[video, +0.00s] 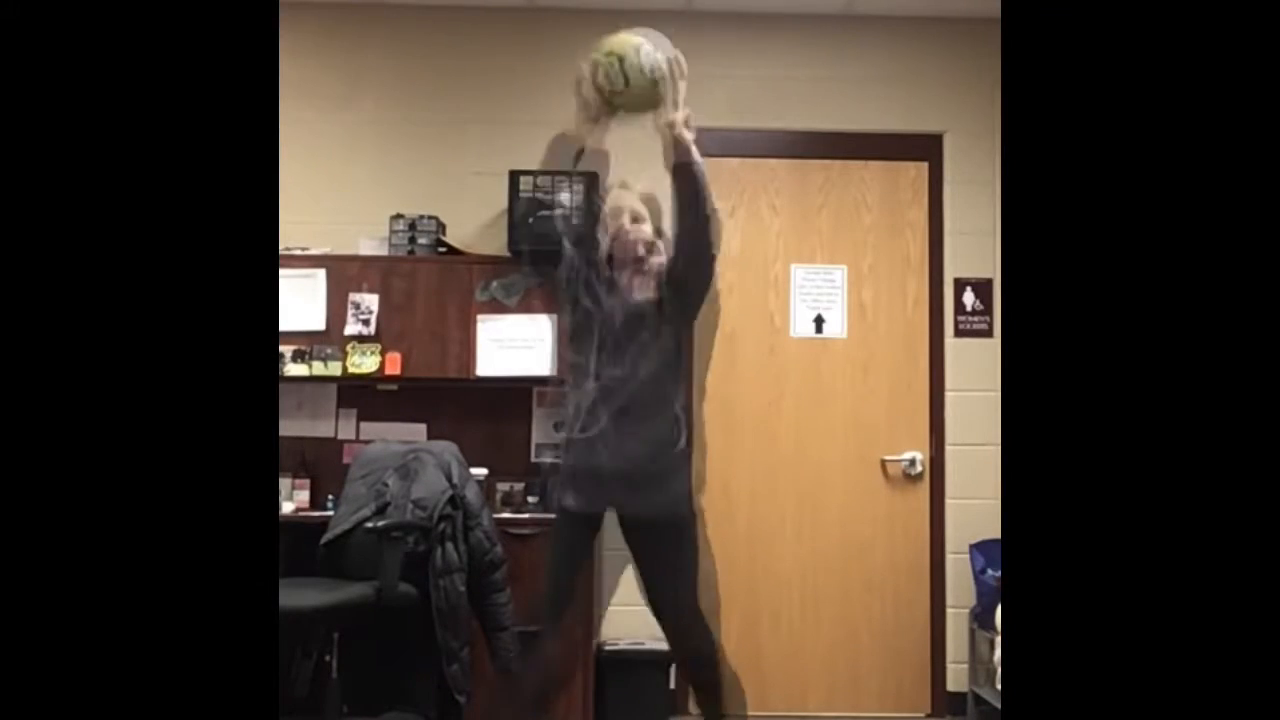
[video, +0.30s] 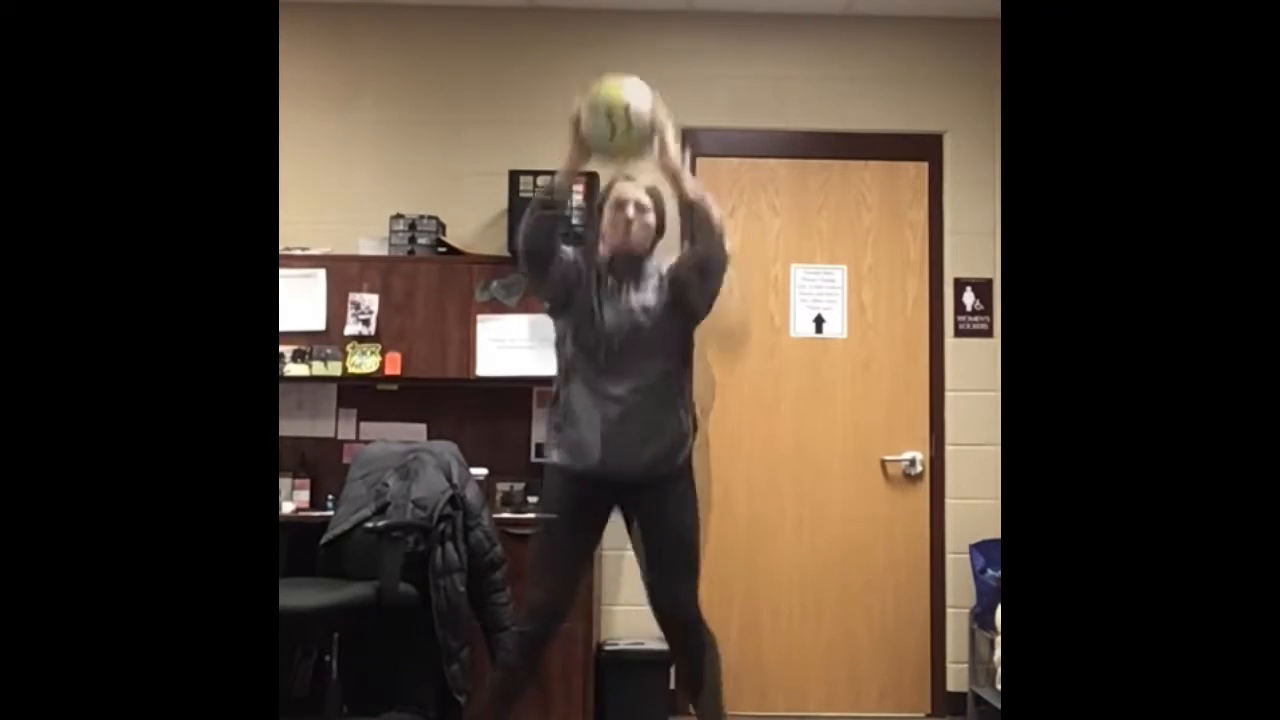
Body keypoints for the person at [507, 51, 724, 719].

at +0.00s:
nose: (628, 232)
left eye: (637, 221)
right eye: (616, 223)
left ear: (655, 238)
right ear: (599, 239)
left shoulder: (676, 298)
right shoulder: (584, 292)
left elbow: (697, 238)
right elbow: (568, 222)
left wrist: (678, 142)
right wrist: (589, 127)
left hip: (654, 473)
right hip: (582, 470)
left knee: (683, 624)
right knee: (557, 619)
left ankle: (720, 709)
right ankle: (524, 711)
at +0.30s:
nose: (628, 215)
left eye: (641, 208)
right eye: (617, 205)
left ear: (659, 226)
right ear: (598, 220)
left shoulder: (675, 290)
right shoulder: (576, 283)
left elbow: (709, 249)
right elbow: (535, 249)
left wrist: (675, 170)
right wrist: (571, 166)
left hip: (658, 468)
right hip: (578, 466)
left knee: (680, 615)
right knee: (543, 611)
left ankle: (708, 712)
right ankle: (487, 709)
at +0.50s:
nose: (632, 226)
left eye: (644, 219)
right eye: (621, 217)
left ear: (659, 239)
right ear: (602, 233)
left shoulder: (685, 315)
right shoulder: (562, 313)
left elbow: (694, 414)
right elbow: (544, 404)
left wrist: (656, 357)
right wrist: (584, 353)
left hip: (659, 493)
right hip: (580, 493)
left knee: (650, 628)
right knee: (584, 626)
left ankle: (647, 715)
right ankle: (594, 714)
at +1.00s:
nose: (632, 249)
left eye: (642, 242)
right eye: (619, 242)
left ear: (657, 261)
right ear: (595, 260)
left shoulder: (676, 315)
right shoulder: (577, 314)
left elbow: (691, 231)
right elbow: (570, 221)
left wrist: (676, 124)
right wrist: (589, 117)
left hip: (660, 507)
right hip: (579, 507)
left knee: (693, 645)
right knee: (549, 647)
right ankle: (504, 714)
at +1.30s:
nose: (633, 199)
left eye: (646, 189)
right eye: (620, 188)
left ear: (668, 199)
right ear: (600, 198)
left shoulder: (692, 259)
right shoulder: (576, 254)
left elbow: (725, 309)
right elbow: (535, 299)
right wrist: (583, 238)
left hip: (671, 449)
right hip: (590, 447)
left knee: (676, 592)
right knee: (574, 589)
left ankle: (692, 710)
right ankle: (552, 709)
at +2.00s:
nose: (628, 227)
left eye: (638, 217)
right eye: (616, 220)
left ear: (658, 232)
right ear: (598, 238)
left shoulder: (674, 298)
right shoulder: (582, 293)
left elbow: (698, 238)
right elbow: (545, 222)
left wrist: (678, 144)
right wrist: (584, 130)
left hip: (654, 474)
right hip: (582, 470)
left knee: (681, 622)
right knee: (550, 616)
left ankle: (721, 709)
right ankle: (521, 711)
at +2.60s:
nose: (629, 237)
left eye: (641, 231)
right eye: (618, 229)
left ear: (656, 249)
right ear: (599, 243)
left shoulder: (685, 325)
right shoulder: (561, 329)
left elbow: (699, 422)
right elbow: (542, 422)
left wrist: (657, 359)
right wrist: (582, 363)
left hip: (661, 514)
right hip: (583, 515)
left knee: (648, 644)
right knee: (596, 643)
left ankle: (647, 717)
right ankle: (601, 716)